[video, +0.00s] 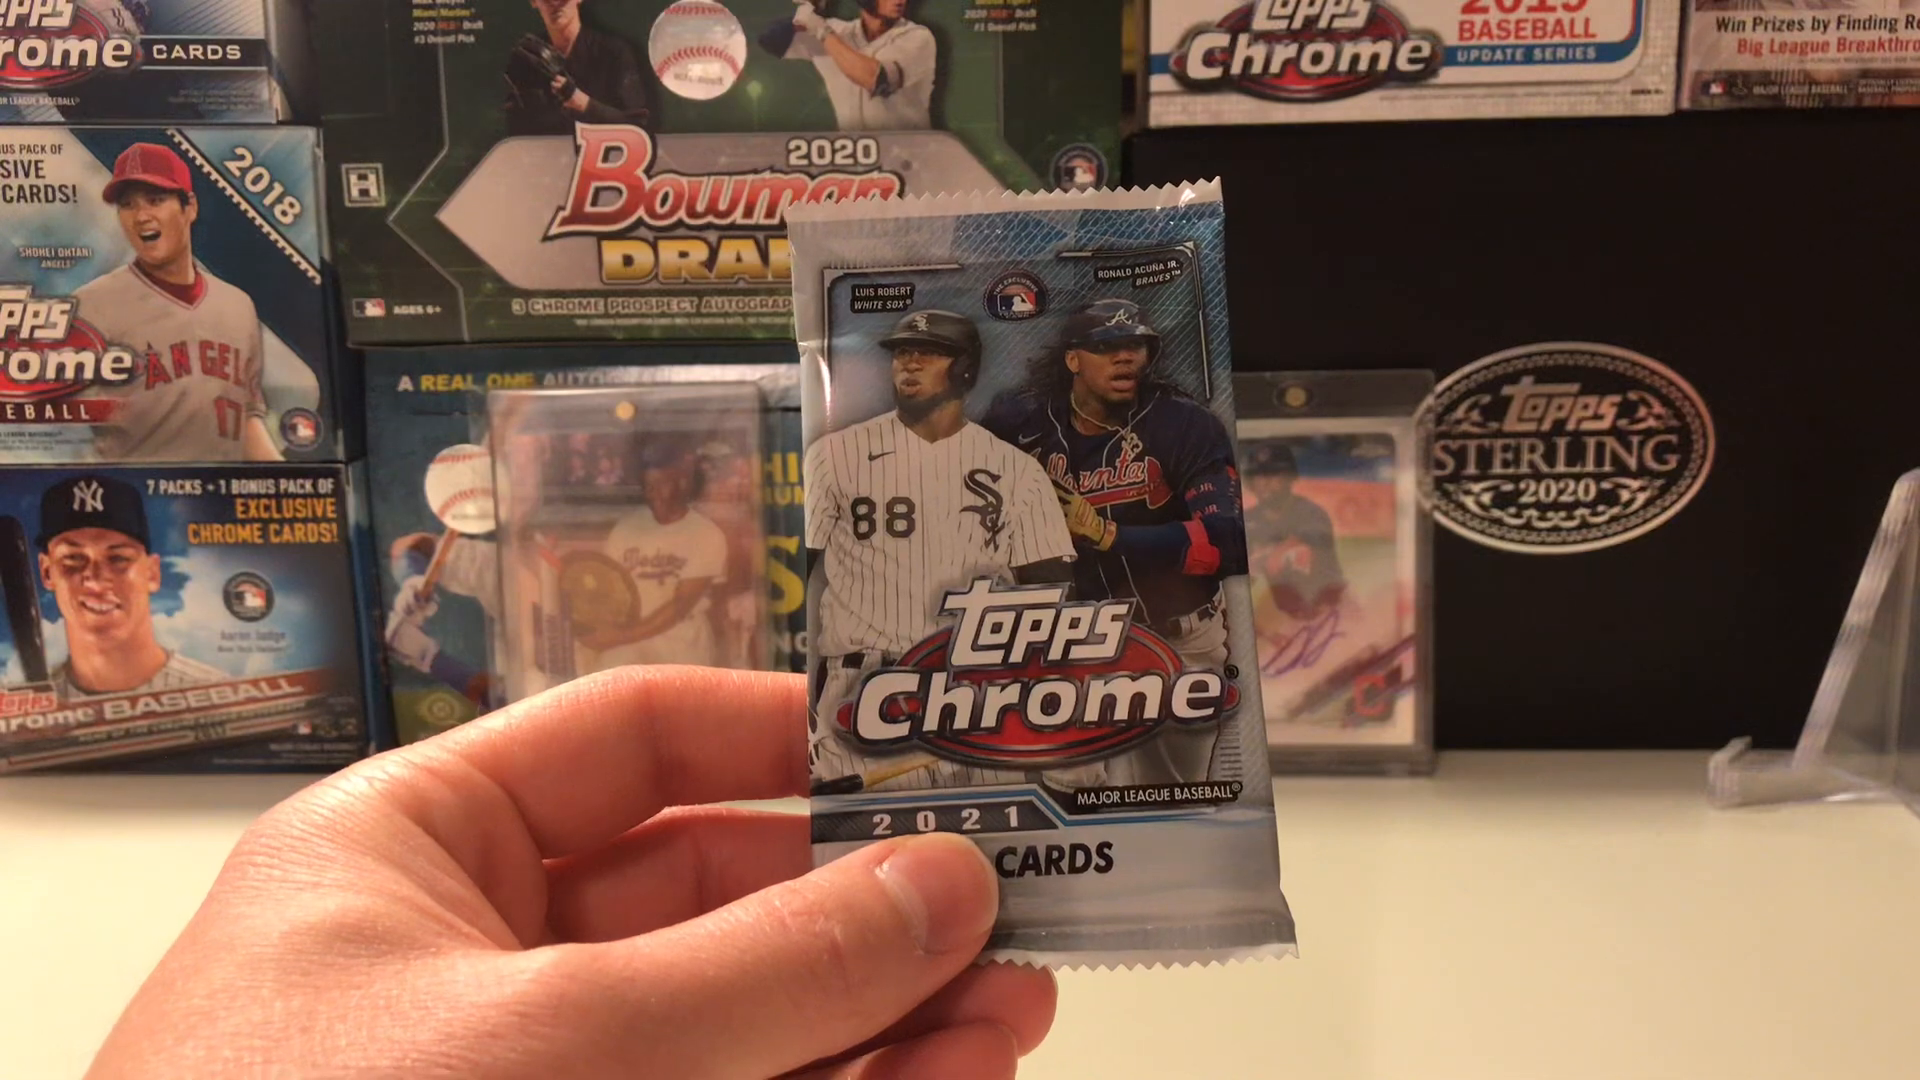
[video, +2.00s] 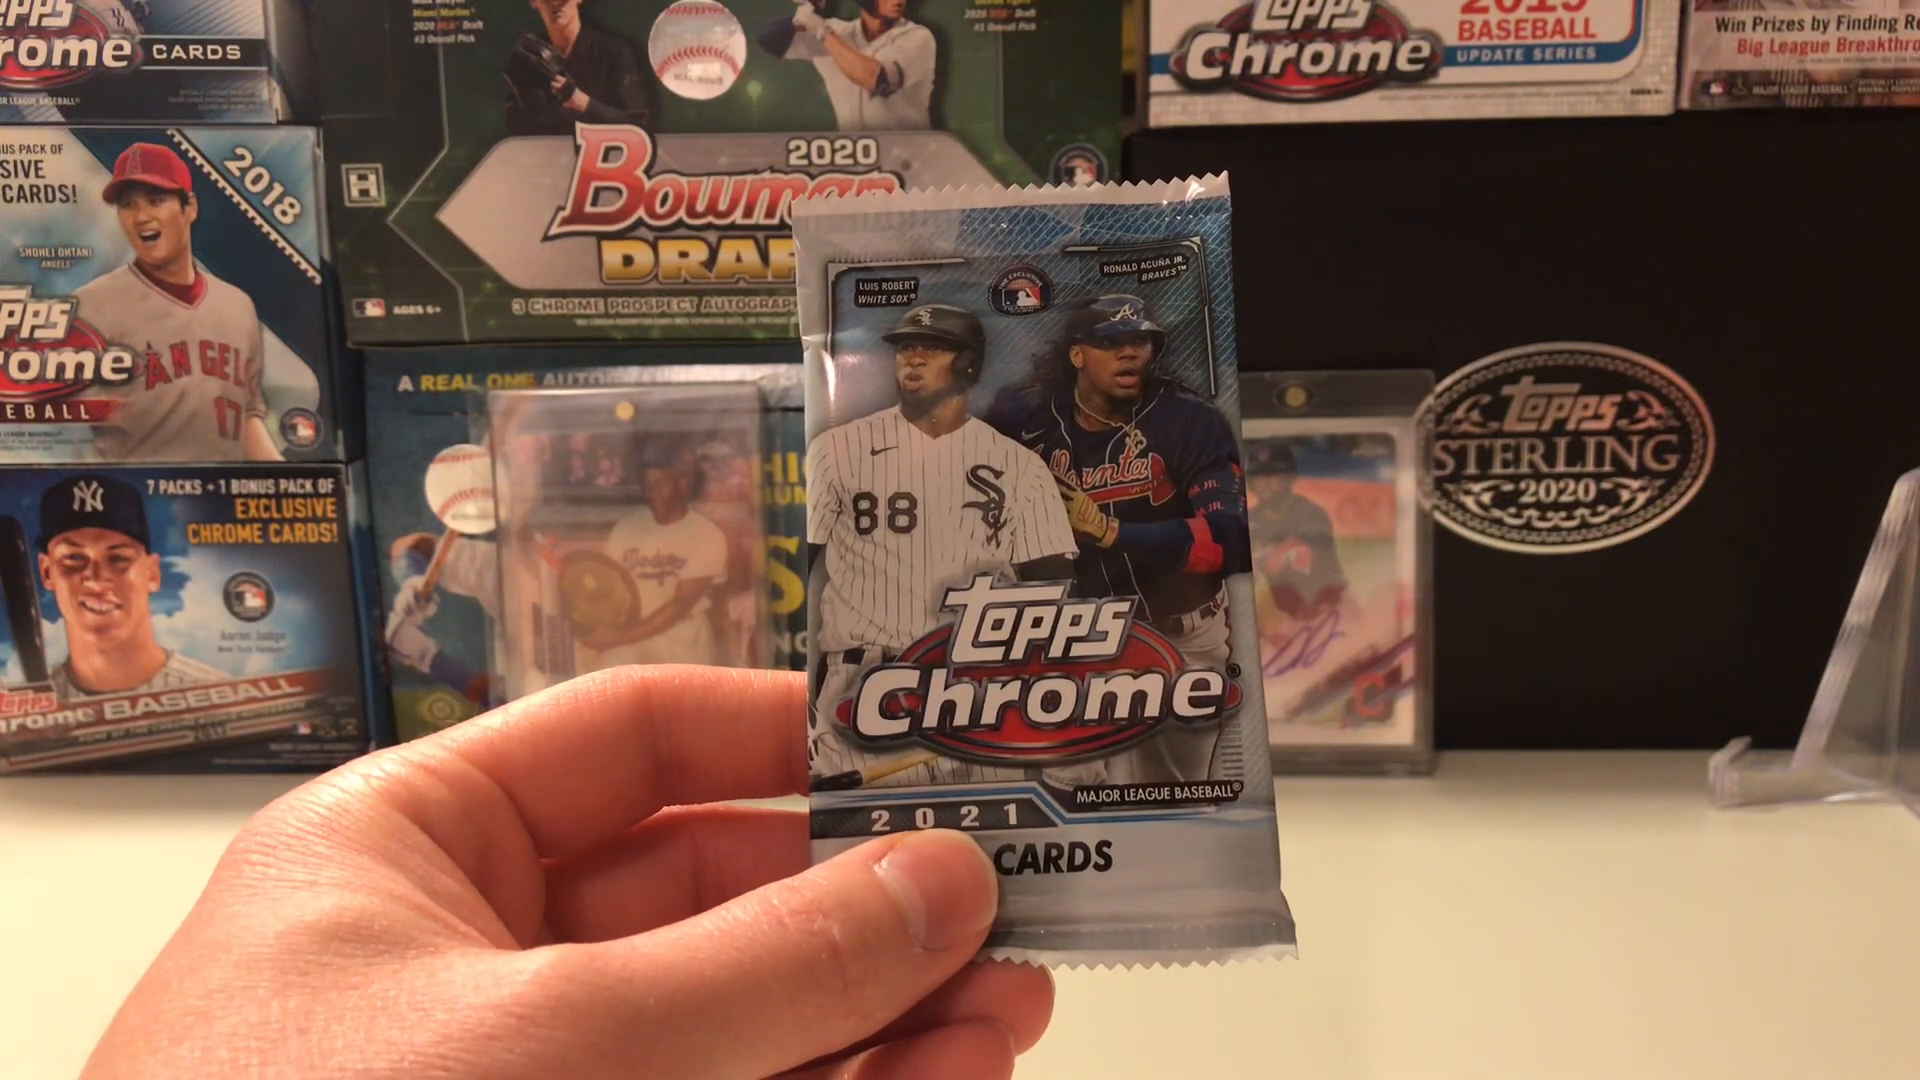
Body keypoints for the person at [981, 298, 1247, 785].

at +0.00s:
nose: (1128, 358)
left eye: (1136, 346)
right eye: (1110, 347)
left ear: (1149, 353)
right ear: (1073, 360)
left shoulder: (1186, 426)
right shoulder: (1021, 423)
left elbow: (1225, 541)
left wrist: (1109, 534)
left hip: (1181, 634)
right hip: (1072, 639)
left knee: (1177, 802)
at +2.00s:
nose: (1132, 354)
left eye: (1141, 341)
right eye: (1114, 343)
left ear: (1154, 348)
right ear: (1077, 355)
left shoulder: (1191, 423)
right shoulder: (1024, 418)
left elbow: (1228, 537)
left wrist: (1113, 531)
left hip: (1184, 631)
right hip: (1073, 638)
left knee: (1184, 802)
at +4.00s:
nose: (1121, 362)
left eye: (1129, 350)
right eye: (1104, 351)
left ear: (1142, 358)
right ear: (1068, 363)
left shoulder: (1179, 428)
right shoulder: (1016, 421)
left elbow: (1210, 537)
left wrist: (1101, 529)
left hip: (1174, 629)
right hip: (1065, 633)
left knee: (1169, 795)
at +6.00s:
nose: (1148, 365)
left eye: (1157, 353)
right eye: (1130, 354)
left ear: (1170, 361)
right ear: (1094, 366)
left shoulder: (1208, 432)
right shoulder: (1042, 426)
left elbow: (1242, 548)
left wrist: (1126, 538)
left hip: (1197, 639)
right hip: (1086, 642)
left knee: (1192, 809)